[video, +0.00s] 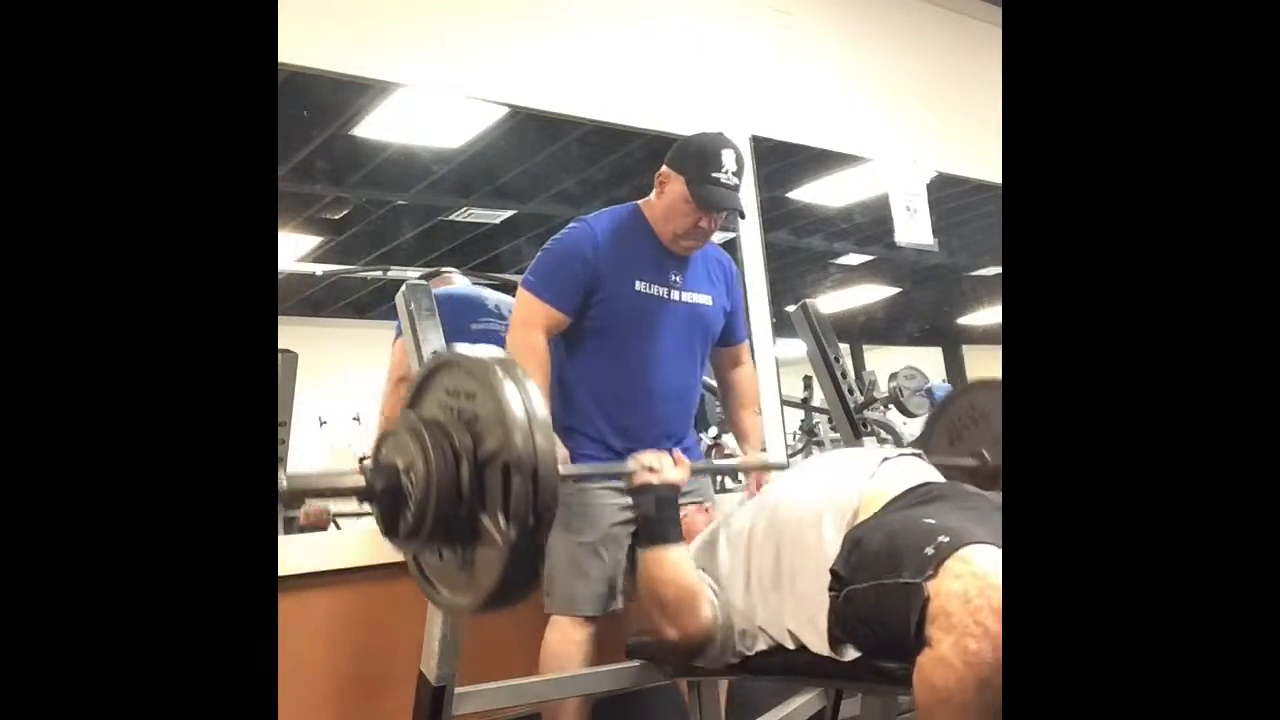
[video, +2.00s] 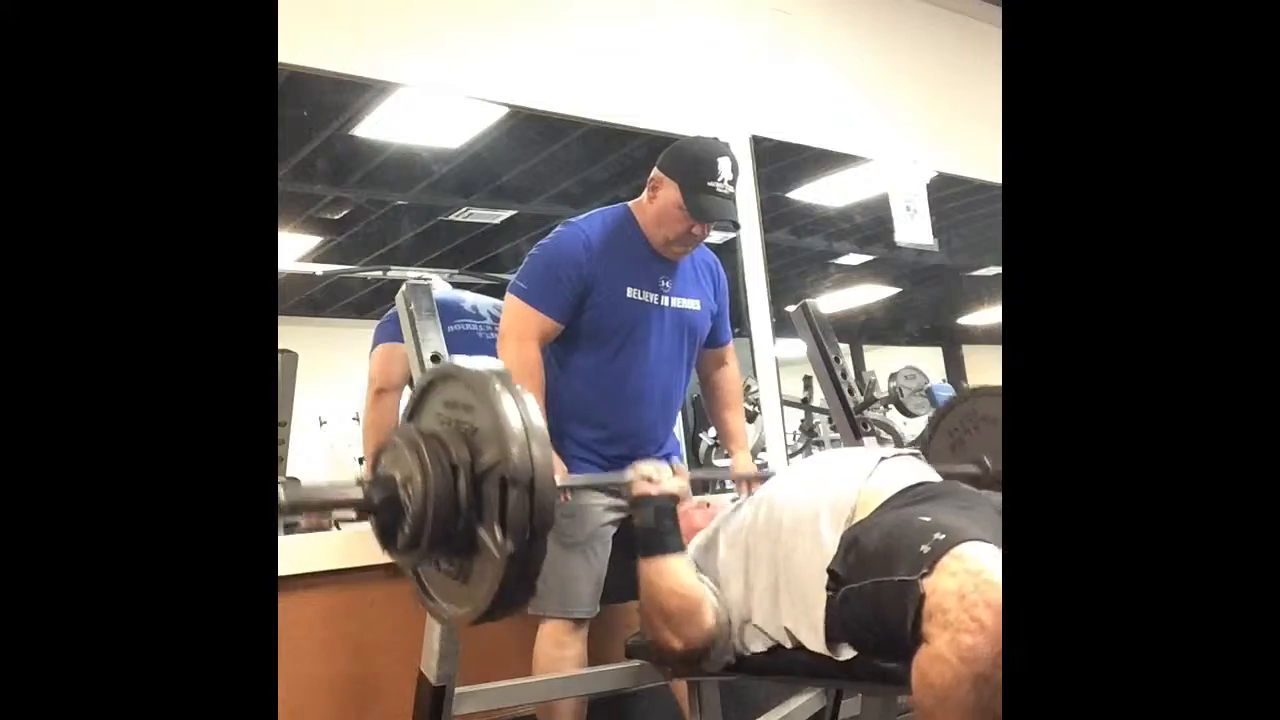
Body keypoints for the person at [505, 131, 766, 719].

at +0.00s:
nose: (710, 223)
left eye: (722, 213)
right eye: (701, 205)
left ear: (731, 210)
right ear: (664, 183)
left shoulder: (721, 271)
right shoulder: (589, 243)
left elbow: (736, 366)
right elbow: (527, 332)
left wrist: (752, 451)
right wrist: (538, 437)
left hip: (679, 471)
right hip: (591, 468)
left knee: (694, 622)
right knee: (575, 618)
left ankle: (701, 719)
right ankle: (561, 718)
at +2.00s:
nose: (702, 230)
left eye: (711, 221)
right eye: (693, 214)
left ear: (720, 216)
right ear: (656, 188)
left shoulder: (707, 271)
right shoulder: (579, 246)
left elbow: (719, 366)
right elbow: (519, 340)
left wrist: (739, 451)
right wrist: (538, 450)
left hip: (658, 469)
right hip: (576, 470)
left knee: (637, 614)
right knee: (568, 619)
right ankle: (564, 716)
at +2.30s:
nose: (703, 227)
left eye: (713, 218)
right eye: (695, 211)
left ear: (723, 214)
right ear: (656, 185)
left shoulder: (709, 269)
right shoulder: (579, 245)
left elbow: (722, 366)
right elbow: (521, 338)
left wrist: (743, 451)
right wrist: (535, 441)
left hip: (662, 469)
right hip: (580, 467)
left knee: (644, 610)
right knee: (569, 620)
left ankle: (626, 715)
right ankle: (563, 717)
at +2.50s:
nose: (704, 228)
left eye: (713, 218)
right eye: (695, 211)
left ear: (722, 215)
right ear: (656, 187)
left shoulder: (709, 270)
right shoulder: (580, 245)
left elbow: (721, 365)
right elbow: (520, 337)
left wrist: (743, 451)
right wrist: (537, 443)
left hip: (662, 471)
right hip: (580, 467)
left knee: (648, 611)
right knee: (570, 620)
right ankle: (564, 717)